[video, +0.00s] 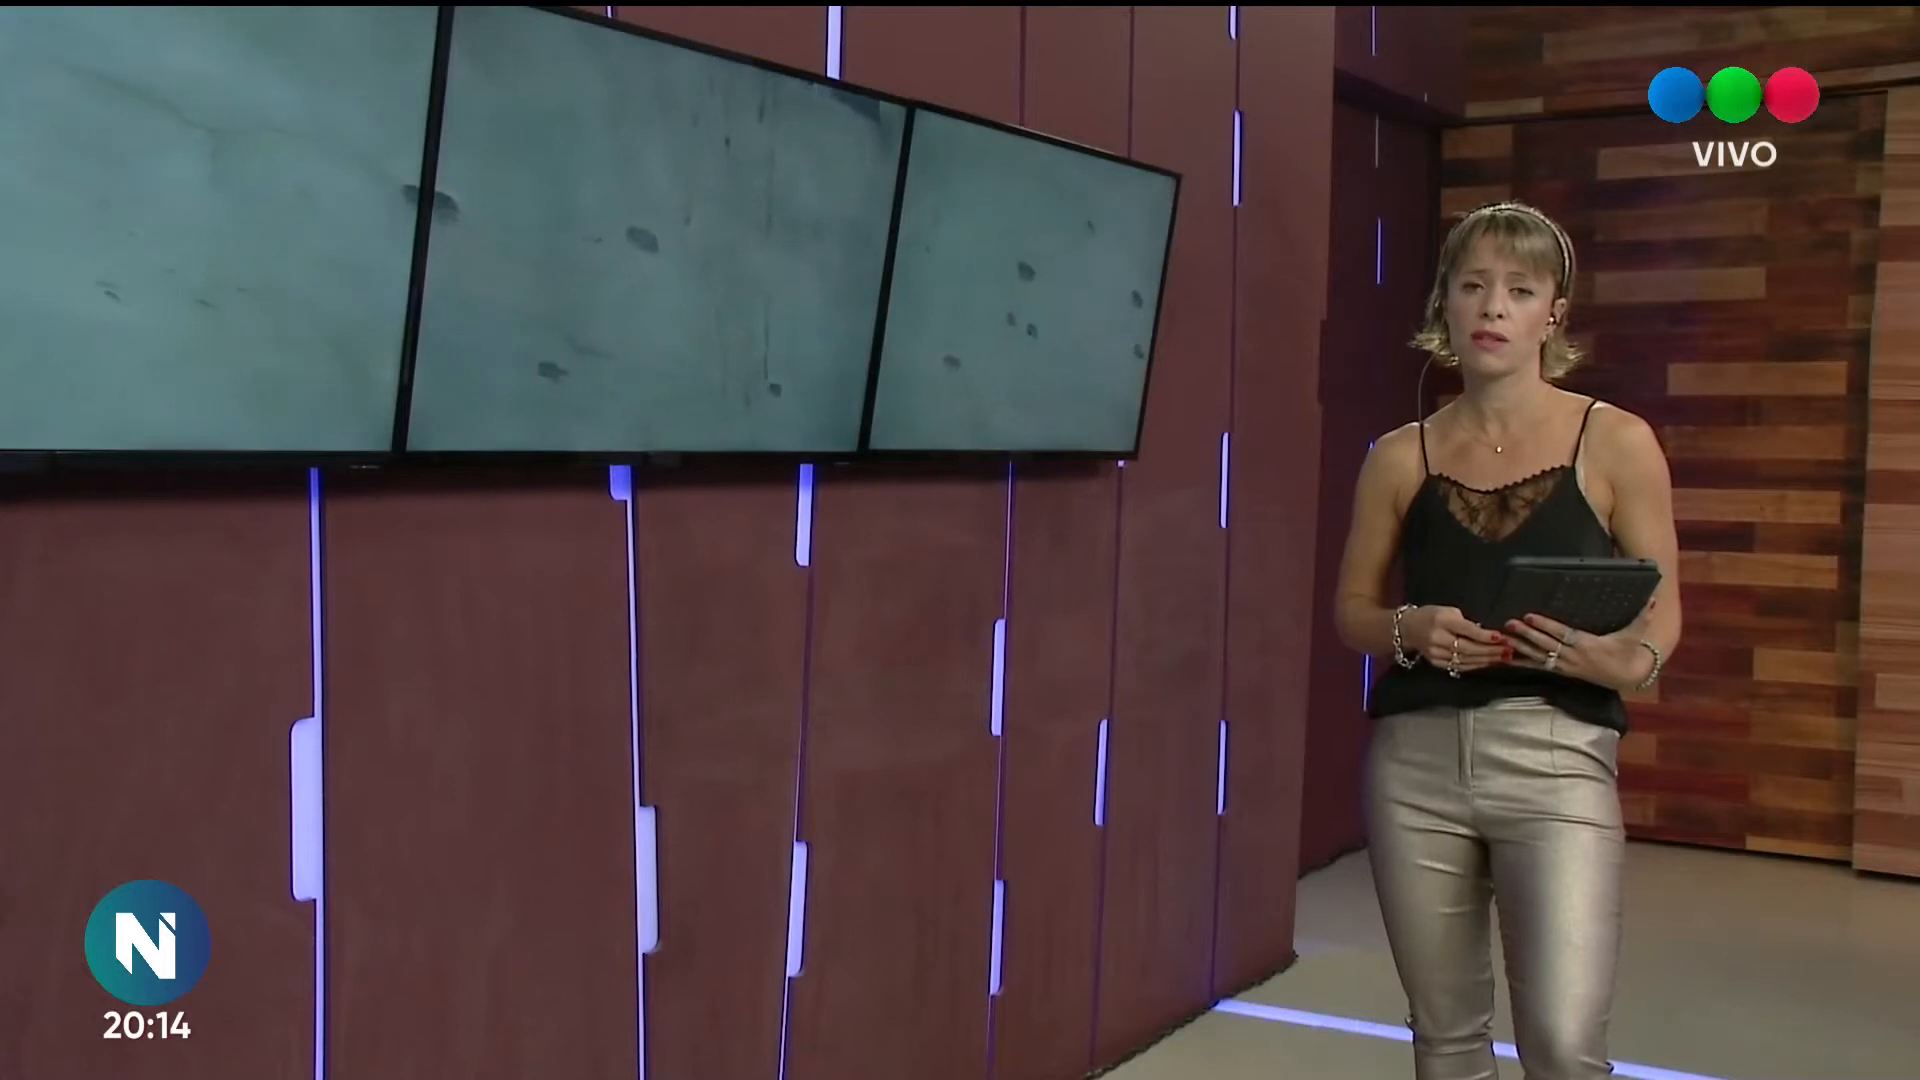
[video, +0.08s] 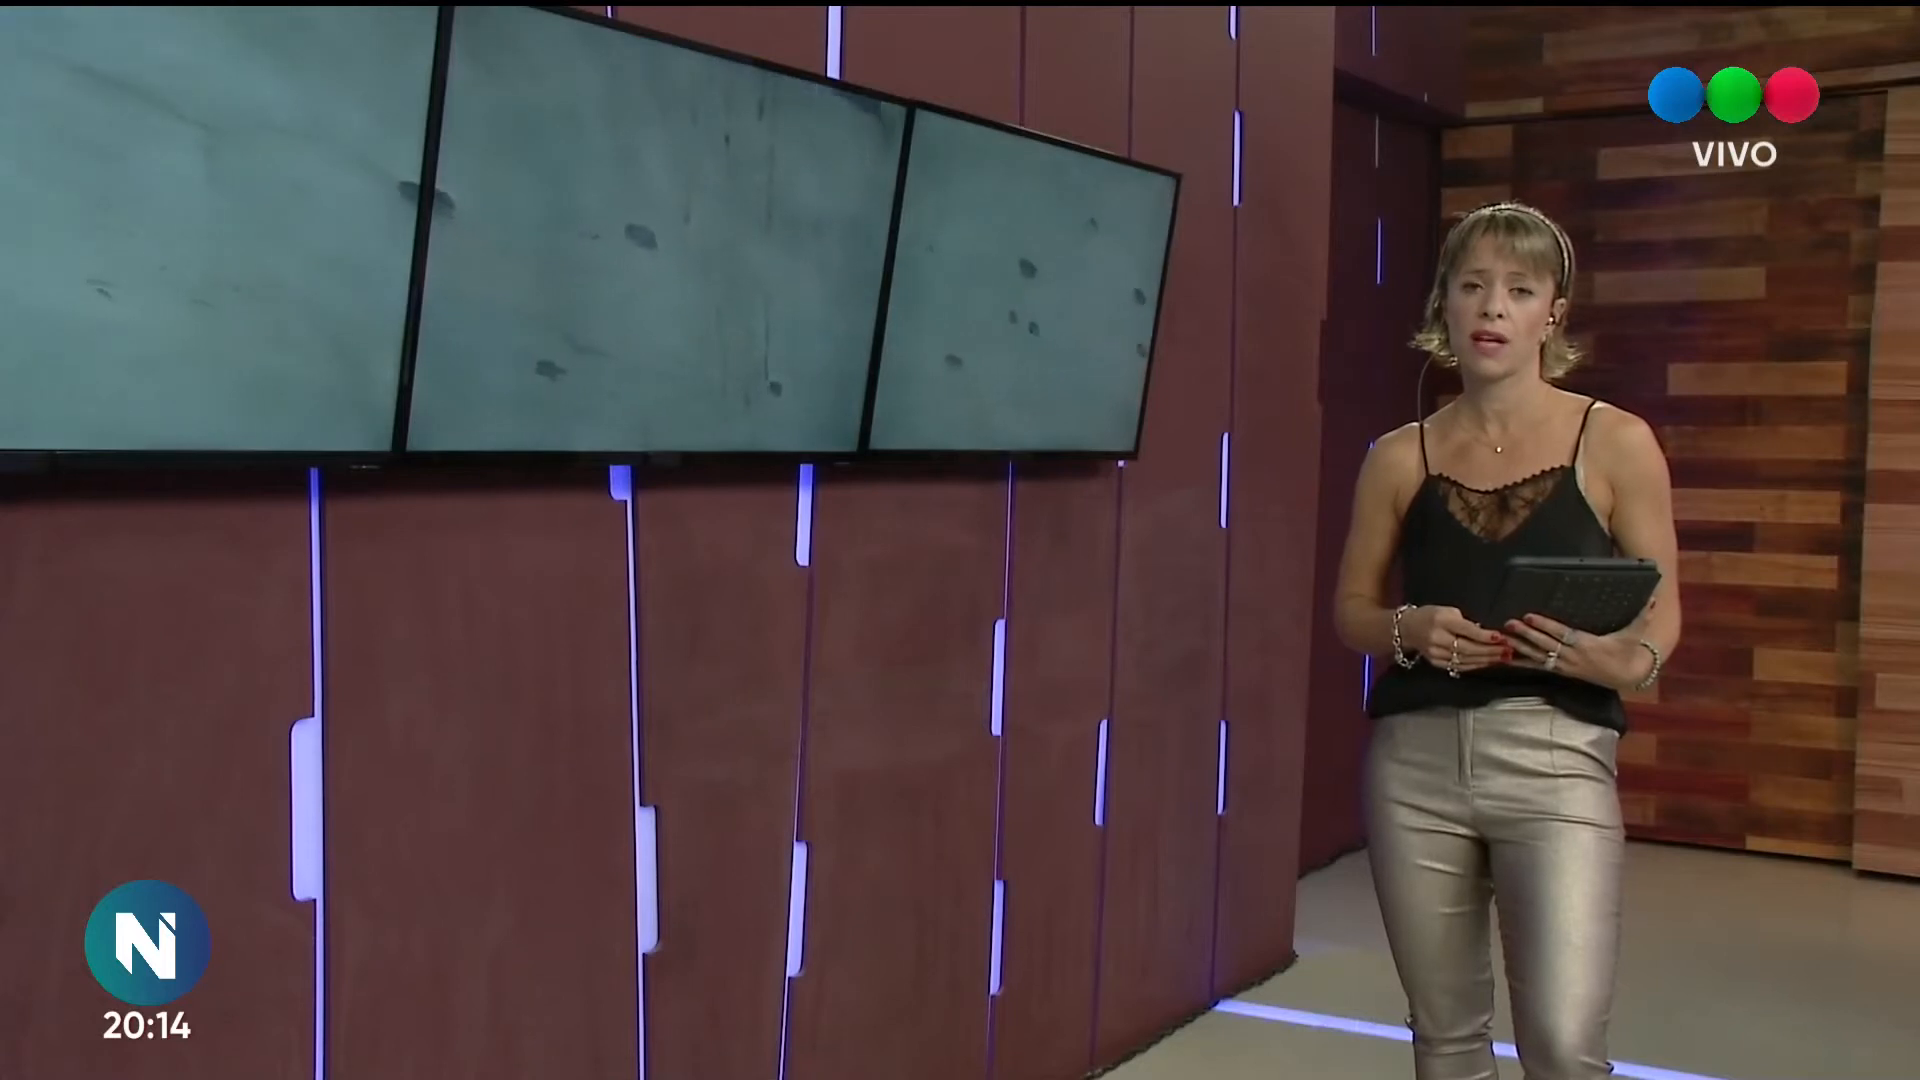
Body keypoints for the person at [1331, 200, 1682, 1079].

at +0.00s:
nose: (1491, 306)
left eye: (1518, 289)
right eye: (1473, 285)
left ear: (1553, 315)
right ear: (1444, 304)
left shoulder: (1617, 444)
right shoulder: (1398, 459)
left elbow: (1660, 609)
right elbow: (1351, 612)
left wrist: (1625, 663)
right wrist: (1407, 629)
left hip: (1556, 768)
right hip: (1414, 768)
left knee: (1562, 1049)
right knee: (1445, 1042)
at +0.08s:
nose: (1490, 305)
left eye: (1517, 289)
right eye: (1471, 285)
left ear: (1552, 314)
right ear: (1443, 306)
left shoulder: (1616, 444)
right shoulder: (1397, 459)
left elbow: (1659, 608)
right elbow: (1351, 613)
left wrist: (1627, 663)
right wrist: (1406, 629)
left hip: (1556, 768)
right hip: (1414, 768)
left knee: (1562, 1050)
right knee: (1445, 1042)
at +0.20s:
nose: (1490, 305)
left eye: (1517, 289)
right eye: (1472, 285)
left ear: (1552, 316)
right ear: (1443, 306)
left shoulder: (1615, 444)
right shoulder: (1397, 458)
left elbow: (1659, 609)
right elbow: (1350, 612)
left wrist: (1623, 663)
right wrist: (1406, 629)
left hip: (1555, 768)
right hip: (1413, 768)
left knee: (1561, 1050)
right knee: (1445, 1042)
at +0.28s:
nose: (1489, 304)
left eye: (1516, 288)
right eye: (1470, 284)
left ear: (1551, 315)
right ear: (1442, 306)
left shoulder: (1615, 443)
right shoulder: (1397, 458)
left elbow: (1658, 606)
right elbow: (1350, 613)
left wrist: (1627, 663)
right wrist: (1405, 629)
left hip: (1555, 768)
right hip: (1413, 768)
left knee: (1561, 1049)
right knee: (1445, 1042)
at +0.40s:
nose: (1489, 305)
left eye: (1515, 288)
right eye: (1470, 284)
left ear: (1550, 314)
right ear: (1442, 306)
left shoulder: (1615, 443)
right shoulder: (1396, 458)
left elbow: (1658, 604)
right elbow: (1350, 611)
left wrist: (1626, 662)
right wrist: (1403, 629)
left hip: (1555, 767)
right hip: (1413, 767)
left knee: (1559, 1049)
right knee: (1445, 1040)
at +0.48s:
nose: (1488, 304)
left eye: (1515, 287)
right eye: (1469, 283)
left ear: (1550, 315)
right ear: (1441, 306)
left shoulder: (1614, 442)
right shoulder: (1396, 458)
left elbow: (1658, 603)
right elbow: (1350, 611)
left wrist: (1627, 662)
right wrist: (1402, 629)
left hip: (1554, 767)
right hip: (1412, 766)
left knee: (1559, 1048)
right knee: (1444, 1040)